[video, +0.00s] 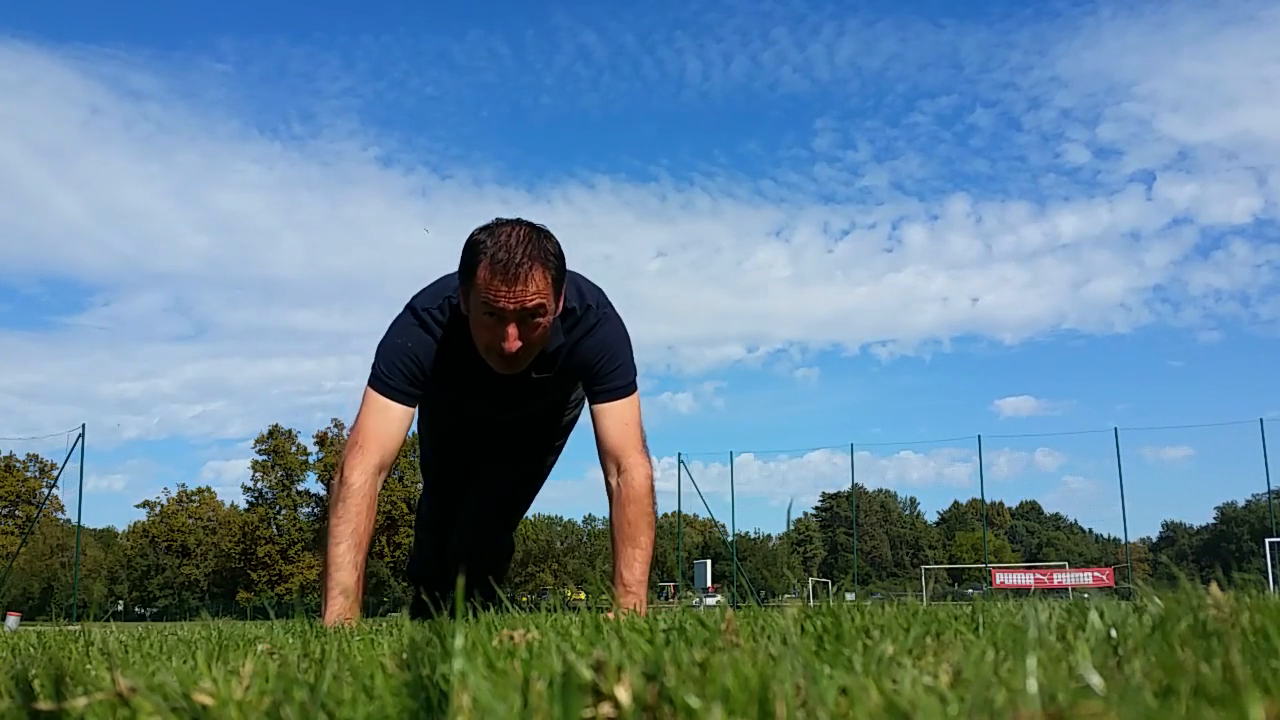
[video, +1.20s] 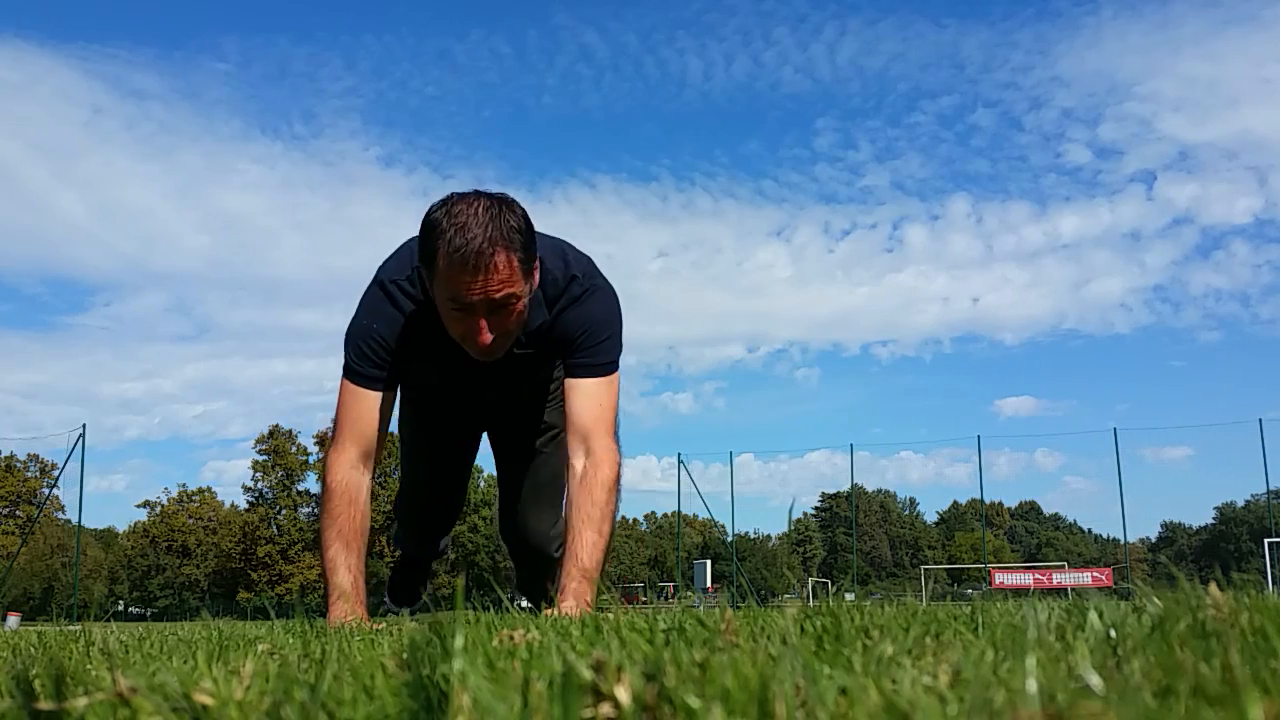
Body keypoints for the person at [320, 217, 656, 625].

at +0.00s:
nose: (511, 339)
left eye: (531, 317)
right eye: (493, 316)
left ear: (557, 300)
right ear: (464, 296)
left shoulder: (594, 326)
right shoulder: (423, 327)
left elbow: (627, 468)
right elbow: (361, 467)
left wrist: (630, 613)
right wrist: (340, 624)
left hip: (542, 410)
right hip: (454, 404)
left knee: (494, 524)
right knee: (441, 511)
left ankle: (476, 626)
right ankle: (427, 623)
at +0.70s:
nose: (526, 337)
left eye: (545, 315)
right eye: (506, 315)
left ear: (568, 296)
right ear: (474, 296)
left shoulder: (599, 326)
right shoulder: (428, 329)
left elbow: (632, 471)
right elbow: (365, 471)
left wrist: (631, 613)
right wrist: (355, 620)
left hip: (548, 415)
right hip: (457, 414)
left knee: (535, 544)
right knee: (441, 531)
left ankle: (522, 580)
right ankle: (429, 614)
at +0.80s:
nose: (525, 355)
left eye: (544, 332)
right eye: (507, 333)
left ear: (565, 310)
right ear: (472, 310)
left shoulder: (597, 328)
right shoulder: (426, 324)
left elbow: (630, 471)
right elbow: (361, 467)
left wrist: (631, 613)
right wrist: (351, 622)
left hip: (545, 400)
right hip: (451, 402)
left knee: (552, 556)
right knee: (434, 544)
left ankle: (518, 552)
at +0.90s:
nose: (517, 341)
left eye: (536, 318)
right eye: (497, 318)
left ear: (558, 297)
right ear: (464, 296)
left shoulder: (593, 322)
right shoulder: (418, 315)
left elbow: (624, 467)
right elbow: (368, 463)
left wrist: (630, 613)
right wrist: (349, 620)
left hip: (536, 395)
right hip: (444, 395)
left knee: (548, 549)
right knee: (427, 549)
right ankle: (425, 648)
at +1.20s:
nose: (483, 333)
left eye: (502, 307)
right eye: (461, 309)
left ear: (532, 277)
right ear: (430, 285)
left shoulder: (584, 302)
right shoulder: (389, 305)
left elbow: (593, 456)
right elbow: (351, 458)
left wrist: (574, 604)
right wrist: (345, 614)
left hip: (532, 389)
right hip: (439, 390)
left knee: (536, 533)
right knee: (423, 521)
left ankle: (541, 604)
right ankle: (403, 598)